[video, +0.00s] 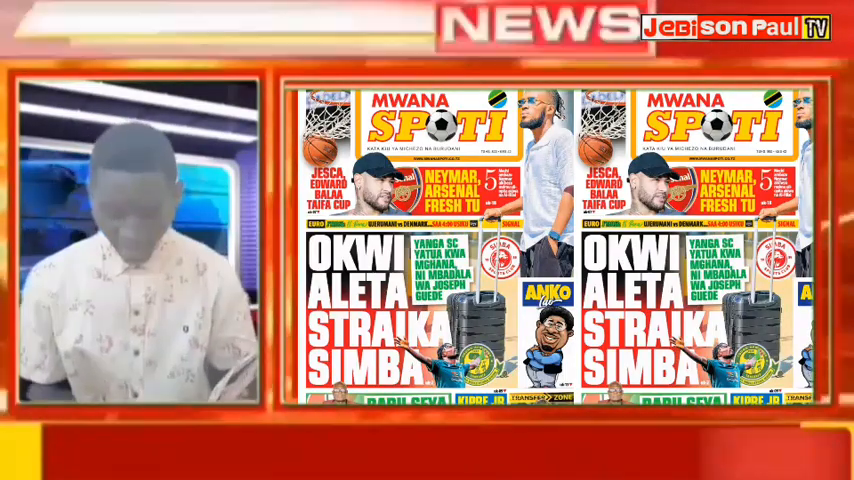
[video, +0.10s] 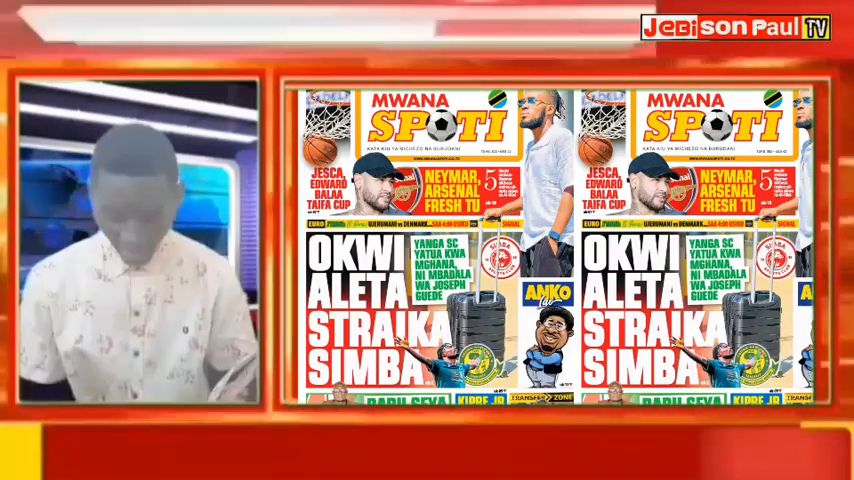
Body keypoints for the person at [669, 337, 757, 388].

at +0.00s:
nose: (729, 348)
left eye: (729, 346)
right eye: (725, 347)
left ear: (731, 351)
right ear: (719, 353)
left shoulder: (737, 366)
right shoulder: (714, 364)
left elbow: (749, 365)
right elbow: (698, 359)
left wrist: (754, 359)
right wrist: (684, 348)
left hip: (736, 401)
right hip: (720, 401)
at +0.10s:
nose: (729, 348)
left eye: (729, 347)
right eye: (725, 347)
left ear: (731, 351)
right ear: (718, 353)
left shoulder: (737, 366)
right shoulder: (714, 364)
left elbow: (750, 365)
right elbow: (698, 359)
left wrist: (754, 359)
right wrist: (684, 348)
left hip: (737, 401)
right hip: (720, 401)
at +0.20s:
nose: (729, 348)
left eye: (729, 347)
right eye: (725, 347)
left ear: (731, 351)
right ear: (718, 353)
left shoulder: (737, 366)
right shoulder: (714, 364)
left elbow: (750, 365)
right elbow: (698, 359)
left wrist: (754, 359)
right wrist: (684, 348)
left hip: (737, 401)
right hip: (720, 401)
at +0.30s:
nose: (729, 348)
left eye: (729, 347)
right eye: (725, 347)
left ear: (731, 351)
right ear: (718, 353)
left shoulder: (737, 366)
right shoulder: (714, 364)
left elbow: (750, 365)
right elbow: (698, 359)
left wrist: (754, 359)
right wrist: (684, 348)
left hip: (737, 401)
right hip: (720, 401)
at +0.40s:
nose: (729, 348)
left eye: (729, 347)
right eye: (725, 347)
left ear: (731, 351)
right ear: (718, 353)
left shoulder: (737, 366)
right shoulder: (714, 364)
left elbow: (750, 365)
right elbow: (698, 359)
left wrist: (754, 359)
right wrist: (684, 348)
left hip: (737, 401)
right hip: (720, 401)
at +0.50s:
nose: (729, 348)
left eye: (729, 347)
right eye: (725, 347)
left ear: (731, 351)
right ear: (718, 353)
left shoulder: (737, 366)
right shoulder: (714, 364)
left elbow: (750, 365)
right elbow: (698, 359)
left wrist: (754, 359)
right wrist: (684, 348)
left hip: (737, 401)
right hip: (720, 401)